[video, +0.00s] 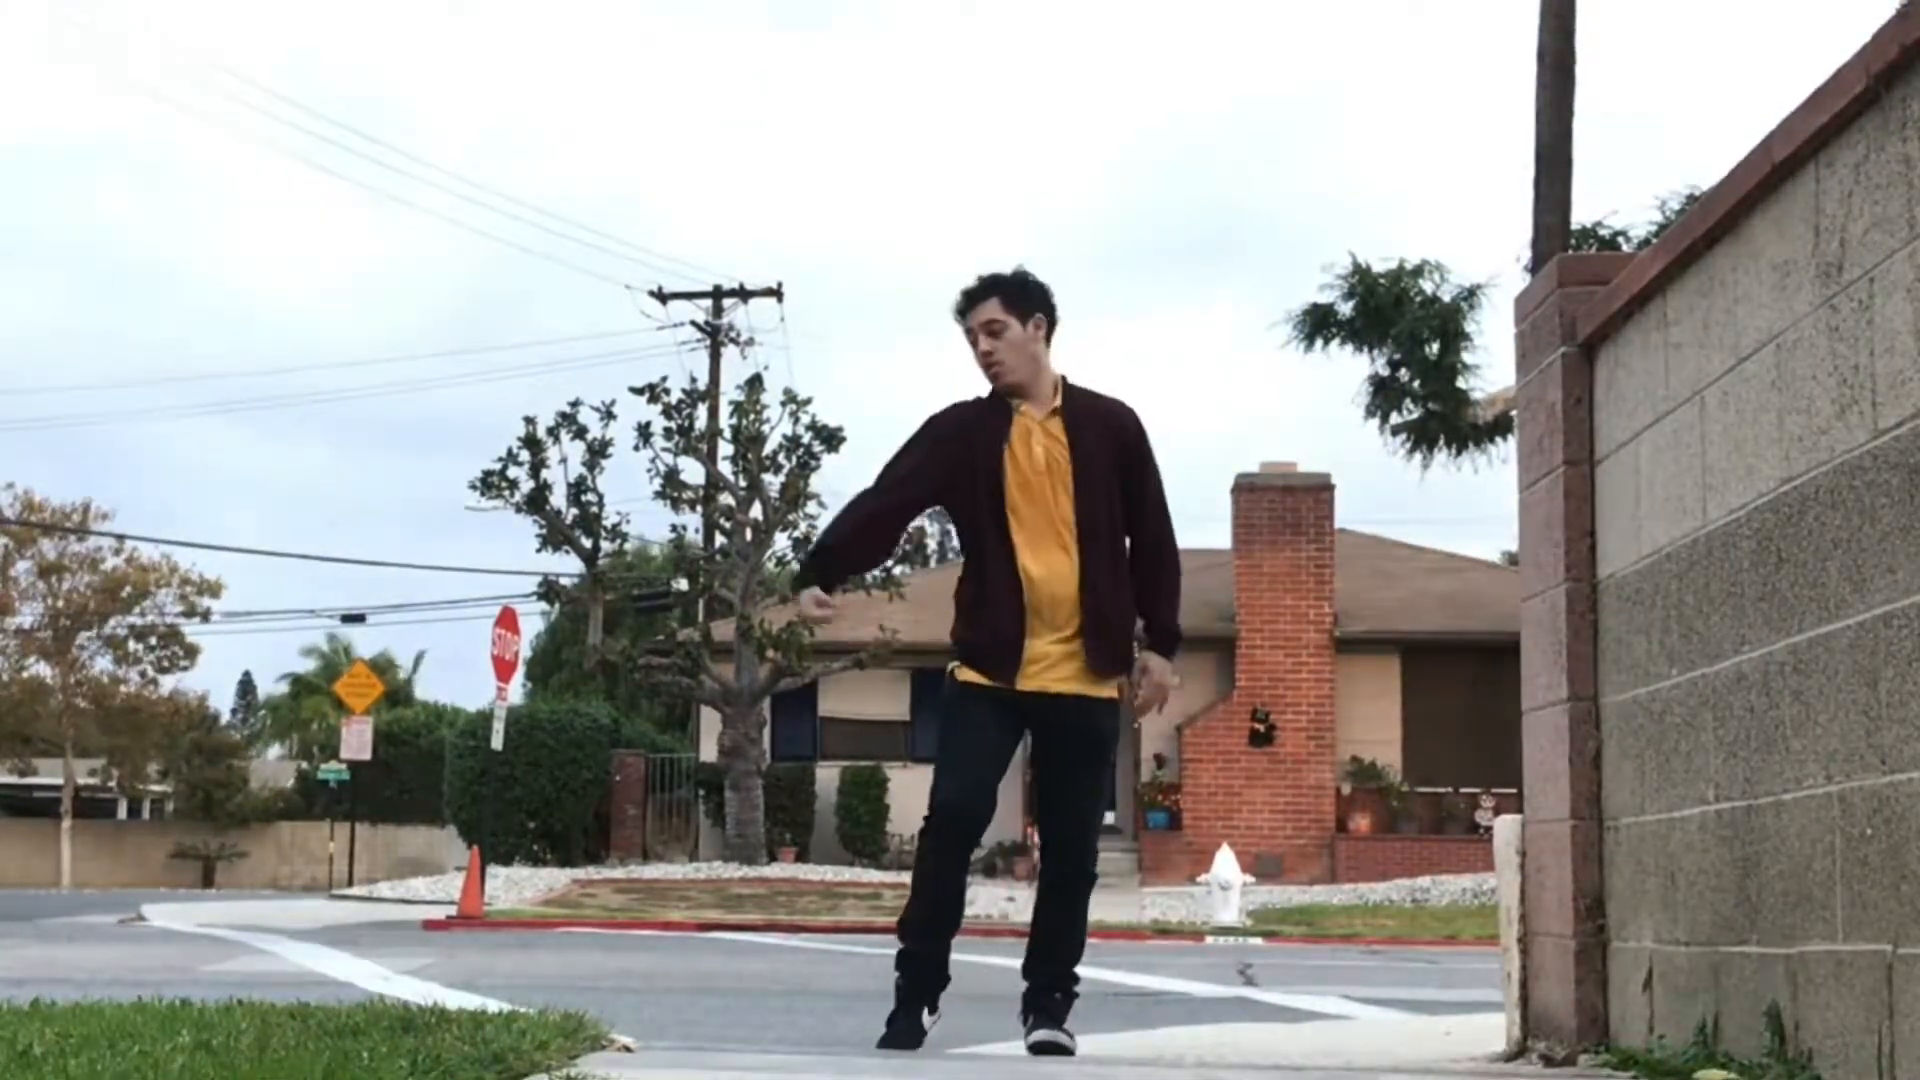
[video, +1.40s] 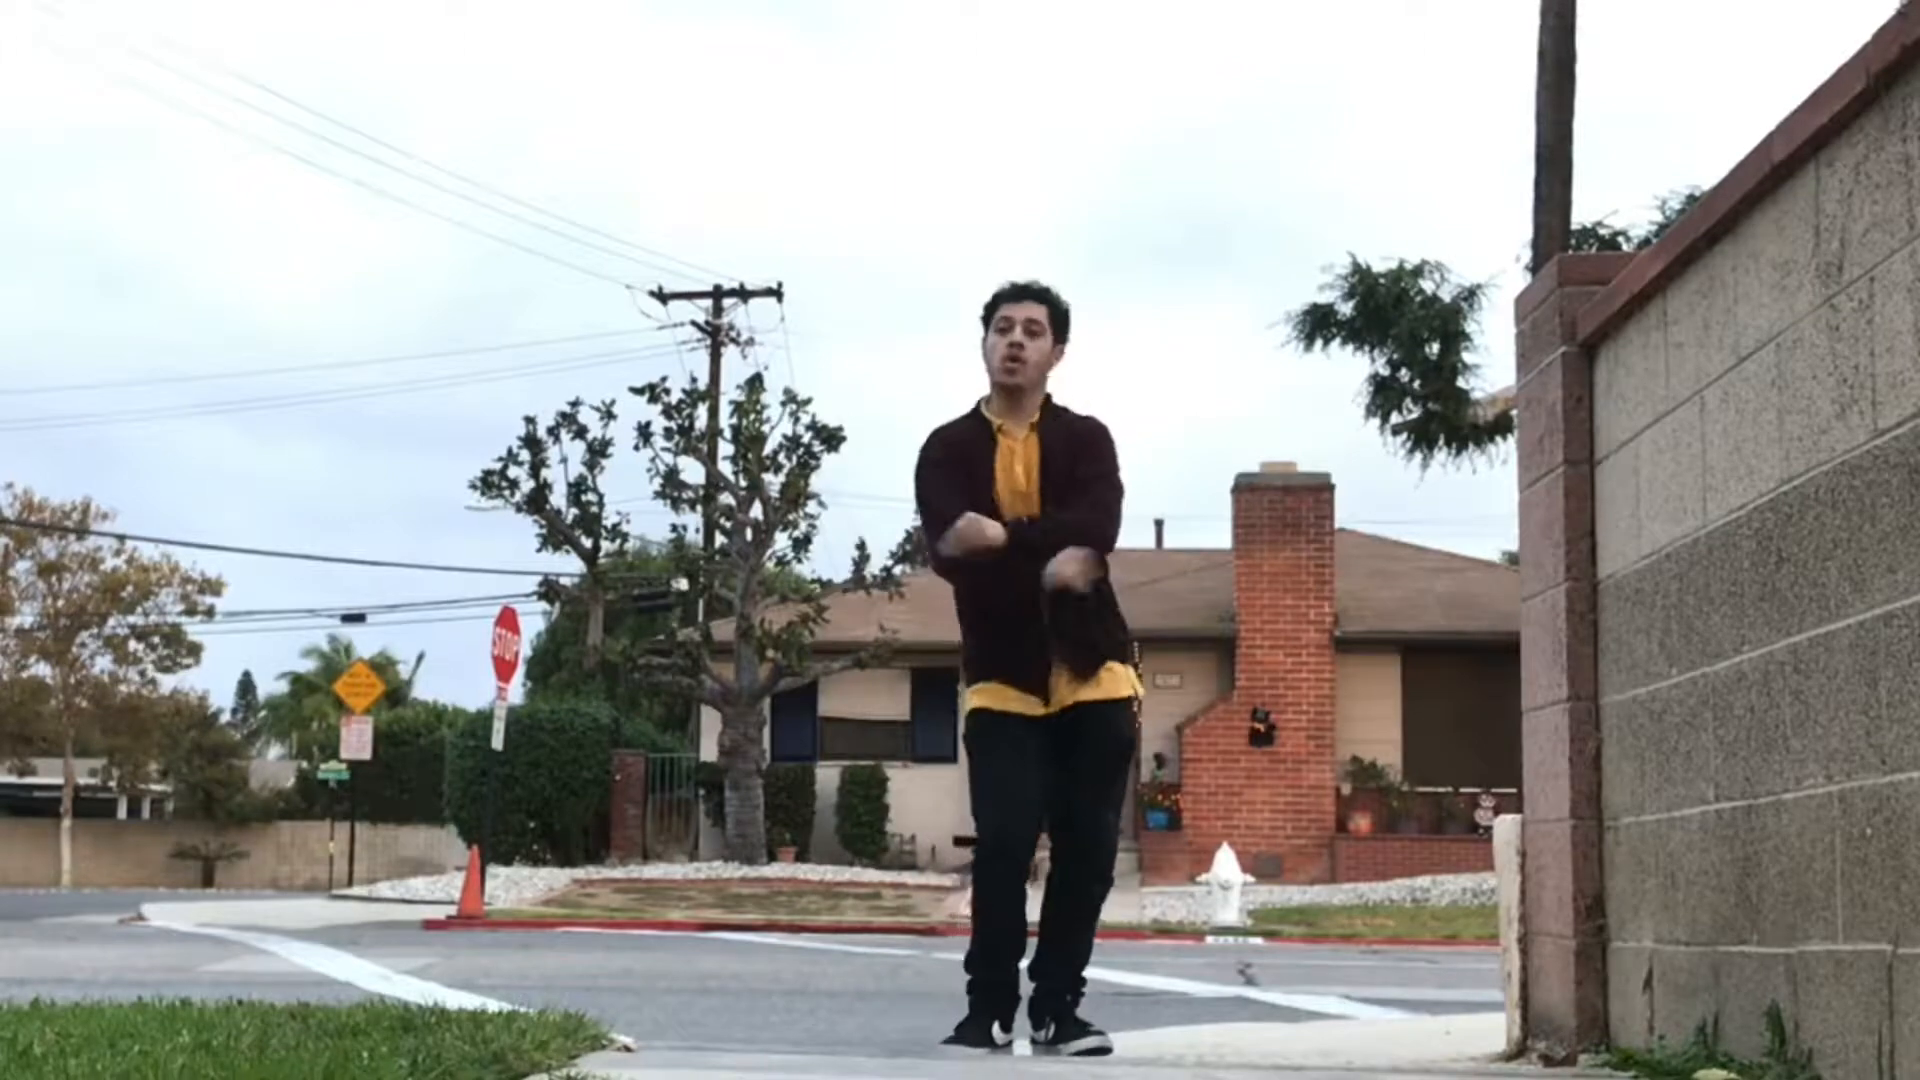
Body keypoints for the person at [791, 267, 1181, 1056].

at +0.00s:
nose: (983, 349)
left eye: (994, 332)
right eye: (974, 340)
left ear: (1042, 329)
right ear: (974, 350)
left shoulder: (1112, 425)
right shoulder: (961, 429)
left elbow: (1153, 539)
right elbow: (887, 502)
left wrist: (1160, 643)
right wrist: (821, 572)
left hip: (1087, 677)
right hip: (988, 671)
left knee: (1071, 851)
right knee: (950, 824)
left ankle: (1049, 1009)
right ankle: (914, 998)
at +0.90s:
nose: (991, 337)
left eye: (1005, 321)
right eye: (975, 326)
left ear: (1030, 330)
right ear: (955, 341)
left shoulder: (1075, 430)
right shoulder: (926, 439)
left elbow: (1107, 548)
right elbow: (880, 556)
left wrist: (1121, 655)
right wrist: (834, 658)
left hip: (1062, 673)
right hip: (971, 673)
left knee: (1067, 845)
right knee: (980, 829)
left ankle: (1050, 1009)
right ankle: (915, 1006)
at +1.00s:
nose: (1006, 330)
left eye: (1018, 316)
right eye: (990, 320)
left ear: (1042, 329)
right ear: (969, 337)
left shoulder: (1088, 428)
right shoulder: (945, 434)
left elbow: (1115, 545)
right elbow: (912, 554)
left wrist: (1119, 651)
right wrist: (912, 667)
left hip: (1073, 674)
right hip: (982, 672)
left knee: (1068, 849)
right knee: (980, 839)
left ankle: (1052, 1011)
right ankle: (944, 1010)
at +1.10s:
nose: (1013, 325)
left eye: (1027, 313)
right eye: (999, 314)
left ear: (1054, 330)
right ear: (981, 332)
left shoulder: (1098, 425)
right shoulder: (950, 431)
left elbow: (1127, 527)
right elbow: (930, 535)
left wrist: (1091, 600)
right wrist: (965, 616)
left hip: (1071, 678)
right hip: (981, 679)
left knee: (1065, 850)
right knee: (981, 847)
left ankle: (1053, 1009)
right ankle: (984, 1009)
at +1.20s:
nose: (1016, 329)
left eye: (1033, 318)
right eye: (1005, 317)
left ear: (1059, 337)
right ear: (987, 333)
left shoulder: (1094, 428)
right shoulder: (949, 432)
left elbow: (1124, 529)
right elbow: (938, 541)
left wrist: (1041, 523)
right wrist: (1027, 566)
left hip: (1077, 666)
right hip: (985, 667)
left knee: (1071, 845)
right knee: (981, 842)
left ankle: (1054, 1008)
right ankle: (983, 1010)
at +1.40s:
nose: (1014, 342)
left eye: (1031, 333)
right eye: (1003, 330)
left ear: (1056, 352)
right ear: (984, 345)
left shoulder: (1087, 438)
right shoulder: (947, 447)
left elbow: (1096, 529)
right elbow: (946, 545)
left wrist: (1002, 534)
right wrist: (1049, 567)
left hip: (1095, 678)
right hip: (1001, 680)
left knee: (1089, 854)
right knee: (1002, 847)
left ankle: (1056, 1007)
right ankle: (990, 1011)